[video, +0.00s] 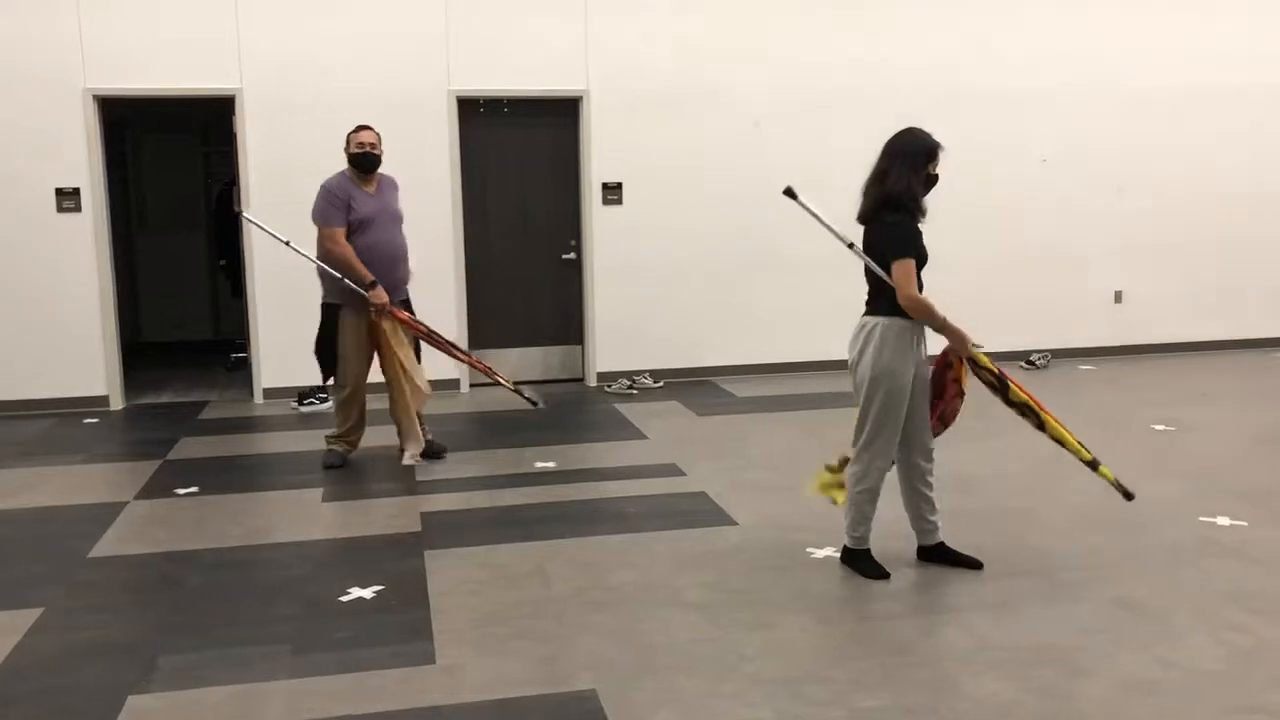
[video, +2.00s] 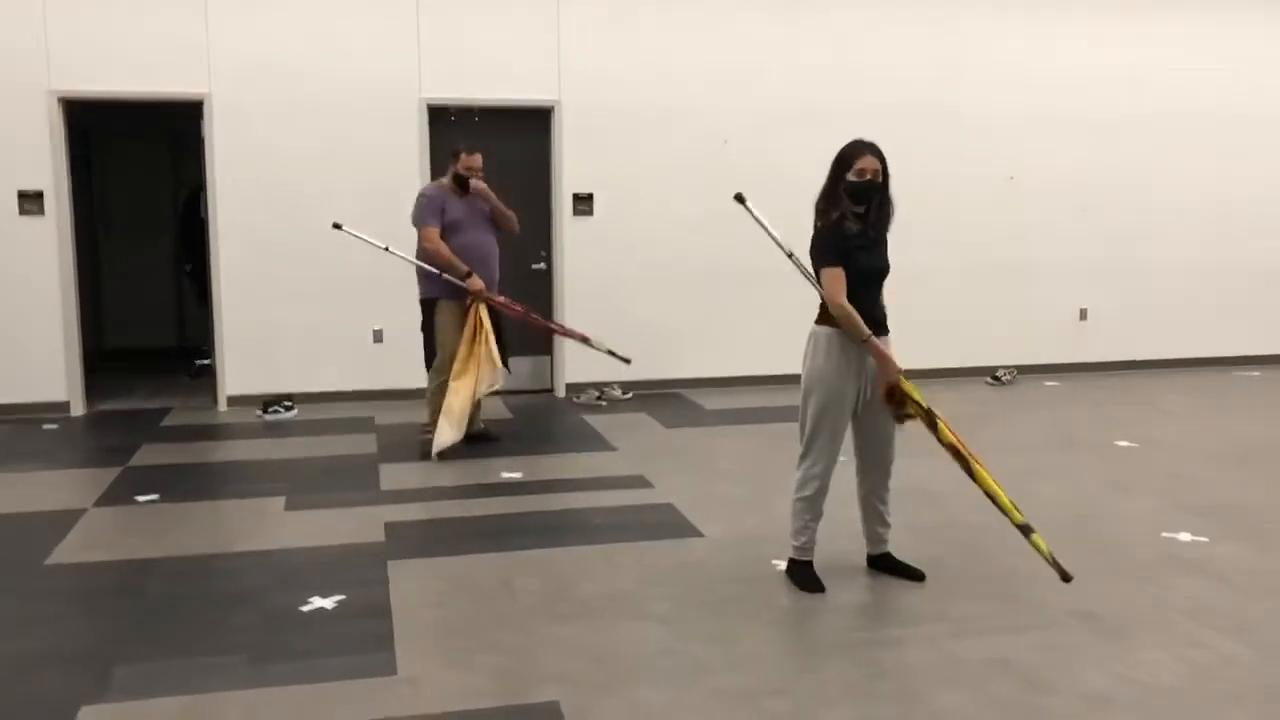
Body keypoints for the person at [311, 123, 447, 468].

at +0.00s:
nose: (367, 150)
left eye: (373, 146)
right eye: (359, 146)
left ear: (382, 152)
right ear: (347, 152)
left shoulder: (389, 185)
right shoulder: (334, 190)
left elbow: (390, 236)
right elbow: (332, 245)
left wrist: (397, 283)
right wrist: (371, 285)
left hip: (395, 296)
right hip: (349, 299)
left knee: (406, 372)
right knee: (349, 378)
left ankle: (416, 439)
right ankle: (340, 444)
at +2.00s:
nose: (474, 176)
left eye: (478, 171)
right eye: (469, 171)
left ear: (482, 170)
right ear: (454, 165)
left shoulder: (481, 196)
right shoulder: (433, 195)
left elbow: (512, 227)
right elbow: (429, 244)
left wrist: (488, 196)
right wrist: (467, 275)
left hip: (482, 293)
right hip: (446, 294)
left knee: (480, 360)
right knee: (448, 361)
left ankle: (472, 424)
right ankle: (437, 428)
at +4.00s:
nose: (455, 121)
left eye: (456, 116)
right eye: (447, 117)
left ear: (455, 124)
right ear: (430, 125)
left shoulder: (455, 154)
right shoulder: (417, 159)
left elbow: (461, 205)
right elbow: (421, 211)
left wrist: (472, 250)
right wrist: (461, 243)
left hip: (464, 257)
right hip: (427, 260)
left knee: (474, 325)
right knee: (419, 330)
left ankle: (474, 386)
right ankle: (402, 395)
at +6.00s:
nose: (434, 115)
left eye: (437, 110)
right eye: (426, 111)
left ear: (441, 116)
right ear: (411, 119)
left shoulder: (444, 150)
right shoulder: (401, 151)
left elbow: (470, 189)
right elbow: (408, 197)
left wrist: (467, 214)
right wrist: (455, 220)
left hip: (448, 251)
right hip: (410, 254)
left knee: (451, 321)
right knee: (405, 327)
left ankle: (459, 379)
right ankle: (388, 390)